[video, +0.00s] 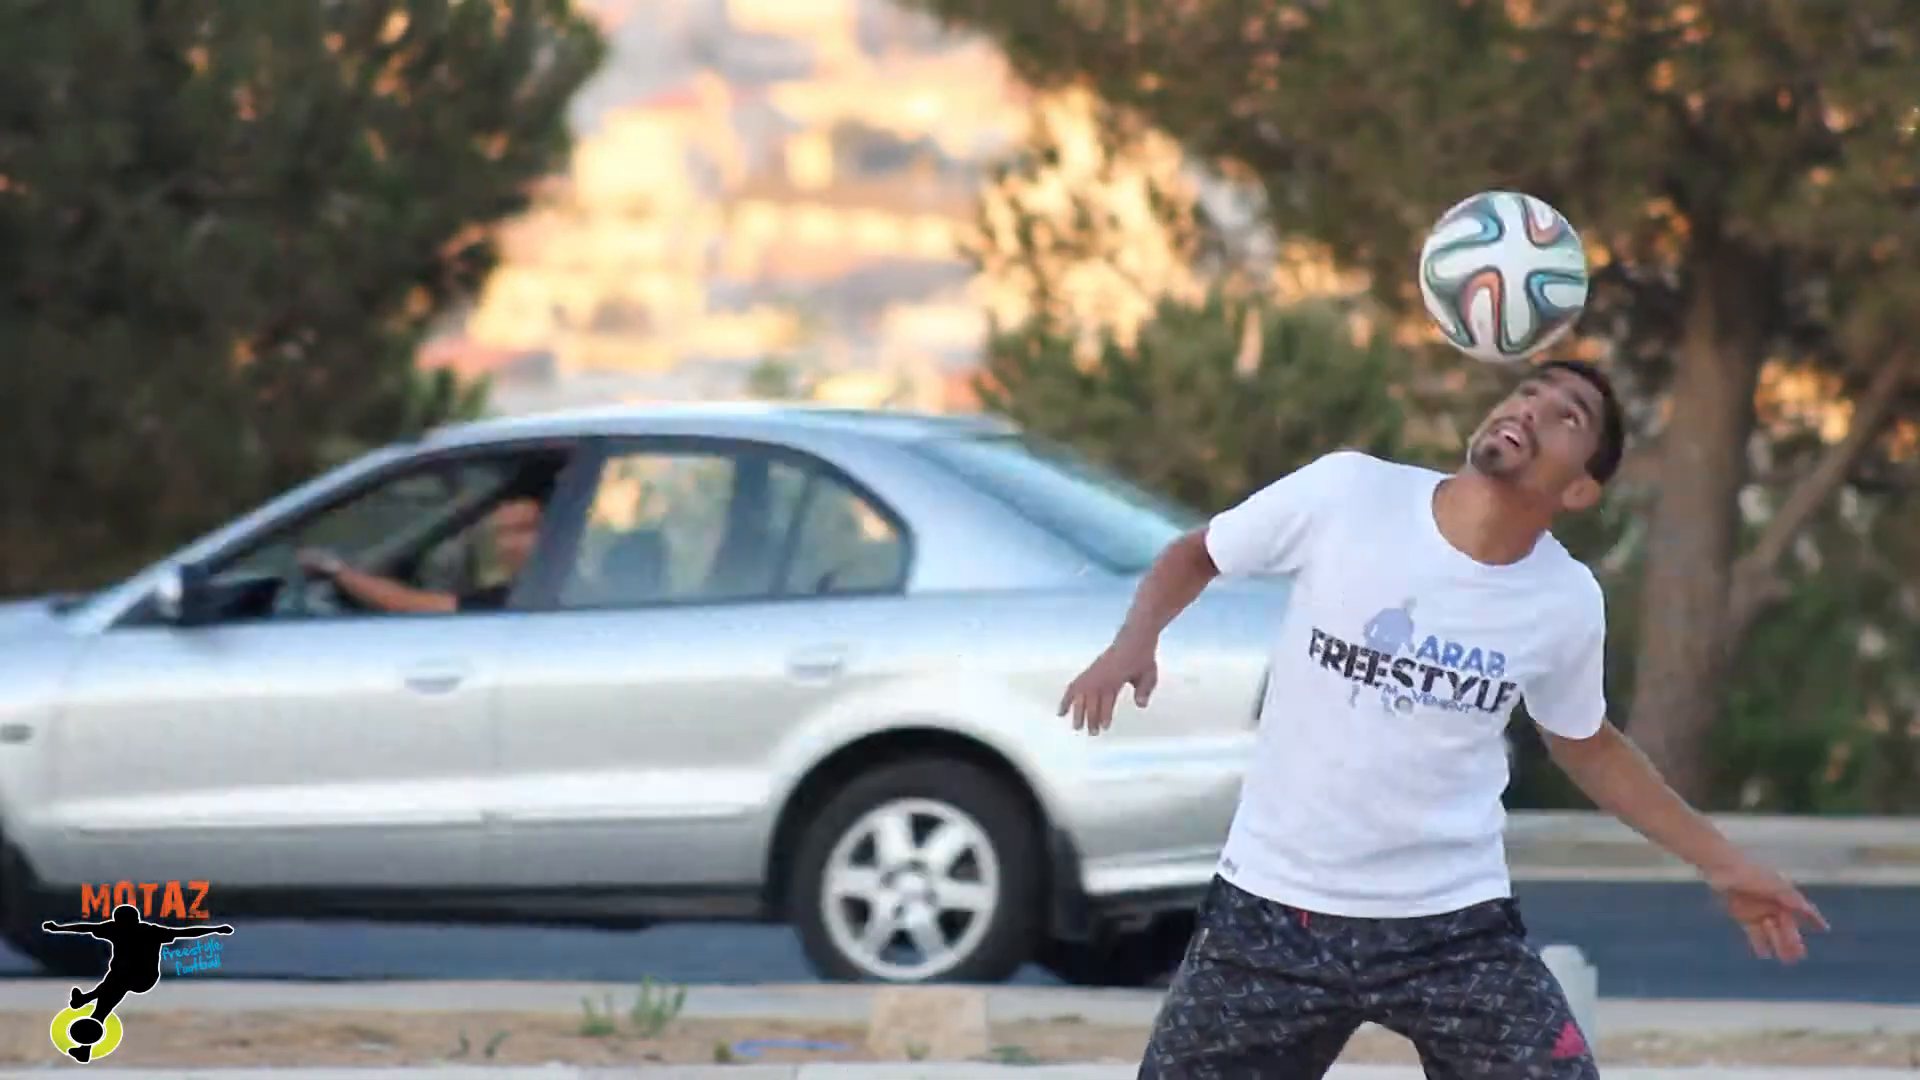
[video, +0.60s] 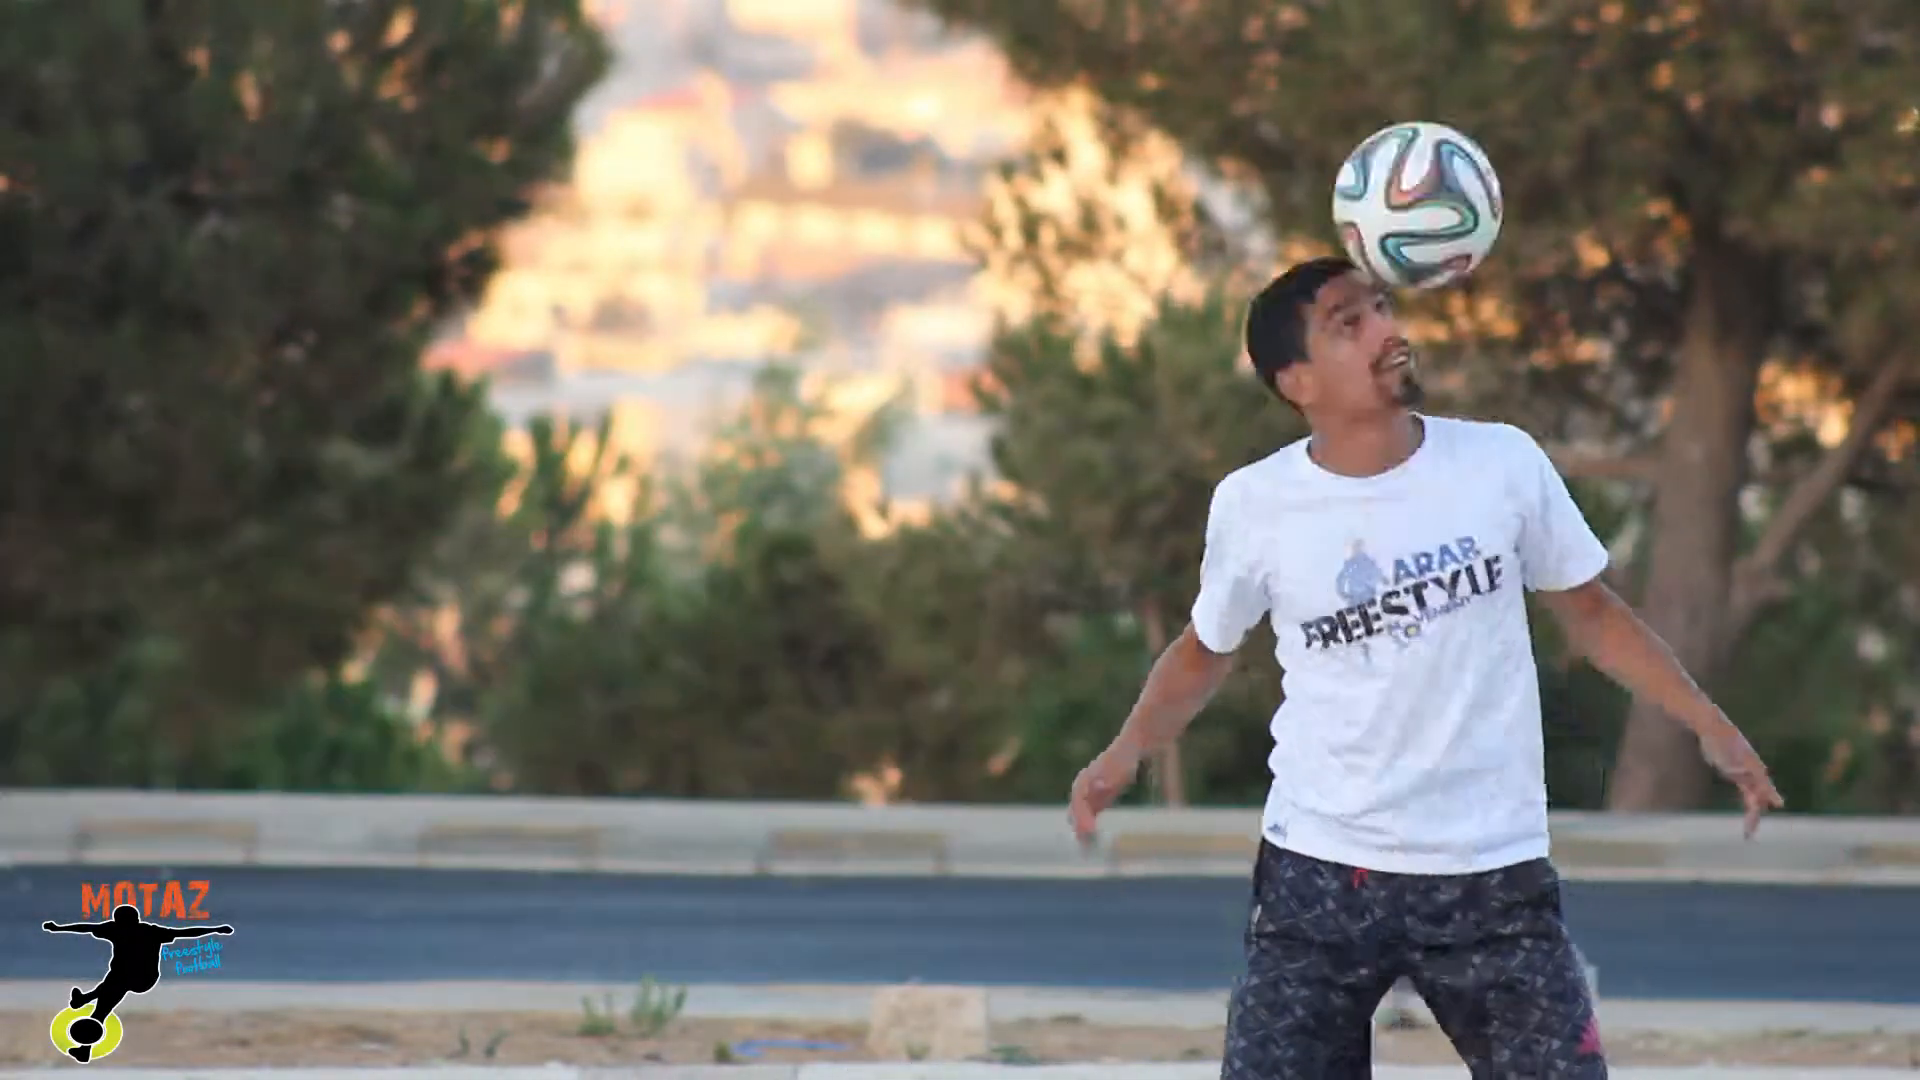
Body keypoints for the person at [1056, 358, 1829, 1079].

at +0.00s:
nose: (1528, 411)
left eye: (1565, 419)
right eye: (1523, 395)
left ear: (1578, 495)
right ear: (1478, 424)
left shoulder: (1567, 603)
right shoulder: (1344, 493)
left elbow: (1590, 744)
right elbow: (1197, 555)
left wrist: (1722, 863)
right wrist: (1135, 635)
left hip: (1457, 939)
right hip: (1270, 926)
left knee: (1558, 1068)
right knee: (1177, 1069)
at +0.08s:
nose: (1586, 511)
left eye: (1618, 527)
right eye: (1596, 487)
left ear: (1620, 588)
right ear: (1557, 484)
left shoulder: (1595, 652)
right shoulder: (1392, 522)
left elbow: (1602, 756)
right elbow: (1243, 532)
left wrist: (1723, 865)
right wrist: (1153, 638)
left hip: (1475, 943)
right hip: (1291, 930)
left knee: (1591, 1069)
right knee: (1198, 1068)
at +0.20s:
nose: (1552, 715)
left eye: (1587, 731)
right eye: (1570, 684)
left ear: (1620, 740)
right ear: (1579, 630)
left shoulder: (1619, 730)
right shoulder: (1439, 609)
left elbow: (1681, 758)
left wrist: (1768, 824)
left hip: (1520, 954)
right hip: (1335, 941)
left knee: (1614, 1070)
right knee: (1255, 1069)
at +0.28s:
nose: (1506, 785)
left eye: (1536, 784)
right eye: (1503, 758)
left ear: (1605, 749)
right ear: (1505, 671)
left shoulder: (1638, 707)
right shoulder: (1412, 627)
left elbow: (1701, 742)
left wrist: (1799, 804)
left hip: (1536, 941)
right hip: (1356, 927)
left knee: (1629, 1073)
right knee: (1290, 1074)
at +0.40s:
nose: (1469, 705)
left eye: (1467, 685)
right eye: (1441, 710)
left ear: (1464, 603)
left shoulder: (1581, 587)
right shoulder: (1327, 589)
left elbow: (1694, 668)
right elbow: (1231, 630)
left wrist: (1820, 780)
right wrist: (1154, 780)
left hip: (1543, 946)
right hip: (1359, 937)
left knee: (1633, 1072)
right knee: (1301, 1072)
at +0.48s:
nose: (1404, 600)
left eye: (1400, 576)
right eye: (1372, 601)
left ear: (1412, 510)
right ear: (1325, 579)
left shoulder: (1547, 538)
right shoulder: (1297, 574)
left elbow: (1664, 634)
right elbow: (1204, 650)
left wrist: (1793, 760)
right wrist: (1135, 778)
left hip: (1523, 934)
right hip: (1338, 927)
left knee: (1617, 1069)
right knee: (1286, 1068)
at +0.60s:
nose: (1388, 332)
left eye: (1383, 309)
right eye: (1348, 323)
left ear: (1405, 327)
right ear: (1293, 381)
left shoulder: (1506, 463)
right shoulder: (1253, 505)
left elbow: (1593, 611)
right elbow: (1202, 649)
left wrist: (1709, 721)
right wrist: (1124, 751)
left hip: (1495, 886)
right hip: (1319, 889)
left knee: (1563, 1070)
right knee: (1271, 1070)